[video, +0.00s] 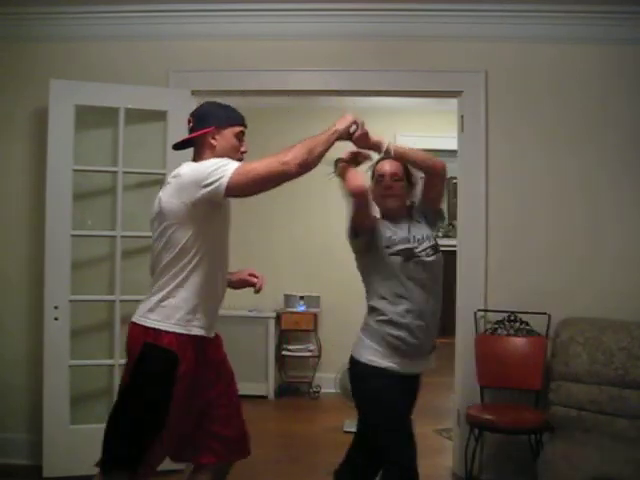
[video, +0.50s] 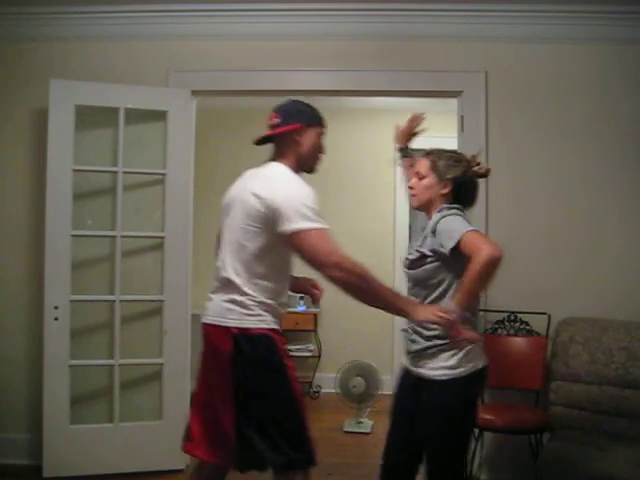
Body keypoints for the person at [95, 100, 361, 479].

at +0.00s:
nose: (244, 146)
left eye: (244, 138)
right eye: (237, 136)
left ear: (209, 141)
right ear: (209, 138)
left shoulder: (190, 184)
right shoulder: (195, 175)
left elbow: (173, 267)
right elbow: (289, 164)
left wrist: (226, 279)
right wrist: (337, 130)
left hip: (199, 338)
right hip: (166, 337)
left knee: (223, 448)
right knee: (140, 455)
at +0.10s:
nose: (253, 149)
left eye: (252, 141)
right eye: (246, 140)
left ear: (219, 145)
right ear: (220, 143)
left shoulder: (208, 187)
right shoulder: (200, 181)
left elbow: (185, 270)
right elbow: (288, 183)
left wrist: (234, 285)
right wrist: (335, 147)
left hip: (210, 345)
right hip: (179, 345)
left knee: (222, 458)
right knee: (162, 461)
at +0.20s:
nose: (268, 147)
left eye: (267, 138)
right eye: (262, 137)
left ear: (235, 140)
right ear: (236, 138)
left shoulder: (214, 181)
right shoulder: (215, 179)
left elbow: (201, 267)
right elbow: (268, 211)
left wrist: (248, 285)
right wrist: (328, 178)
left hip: (211, 337)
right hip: (197, 340)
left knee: (217, 455)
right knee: (200, 457)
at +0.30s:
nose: (285, 142)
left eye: (284, 133)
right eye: (279, 132)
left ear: (251, 135)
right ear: (255, 133)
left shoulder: (223, 175)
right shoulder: (235, 174)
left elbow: (212, 259)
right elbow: (263, 234)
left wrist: (259, 281)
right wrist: (342, 229)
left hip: (208, 328)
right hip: (214, 332)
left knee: (208, 452)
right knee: (236, 456)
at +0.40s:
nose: (302, 142)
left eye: (302, 133)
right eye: (298, 131)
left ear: (264, 134)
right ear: (274, 131)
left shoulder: (235, 177)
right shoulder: (257, 178)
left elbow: (230, 256)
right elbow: (291, 254)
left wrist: (276, 278)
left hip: (213, 322)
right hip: (231, 328)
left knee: (208, 449)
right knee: (274, 453)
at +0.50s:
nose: (323, 148)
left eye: (322, 138)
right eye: (319, 136)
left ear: (285, 138)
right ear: (298, 136)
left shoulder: (245, 182)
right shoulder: (284, 186)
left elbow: (235, 258)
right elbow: (336, 267)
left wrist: (290, 282)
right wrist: (412, 308)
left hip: (222, 327)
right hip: (251, 333)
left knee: (213, 454)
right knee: (293, 459)